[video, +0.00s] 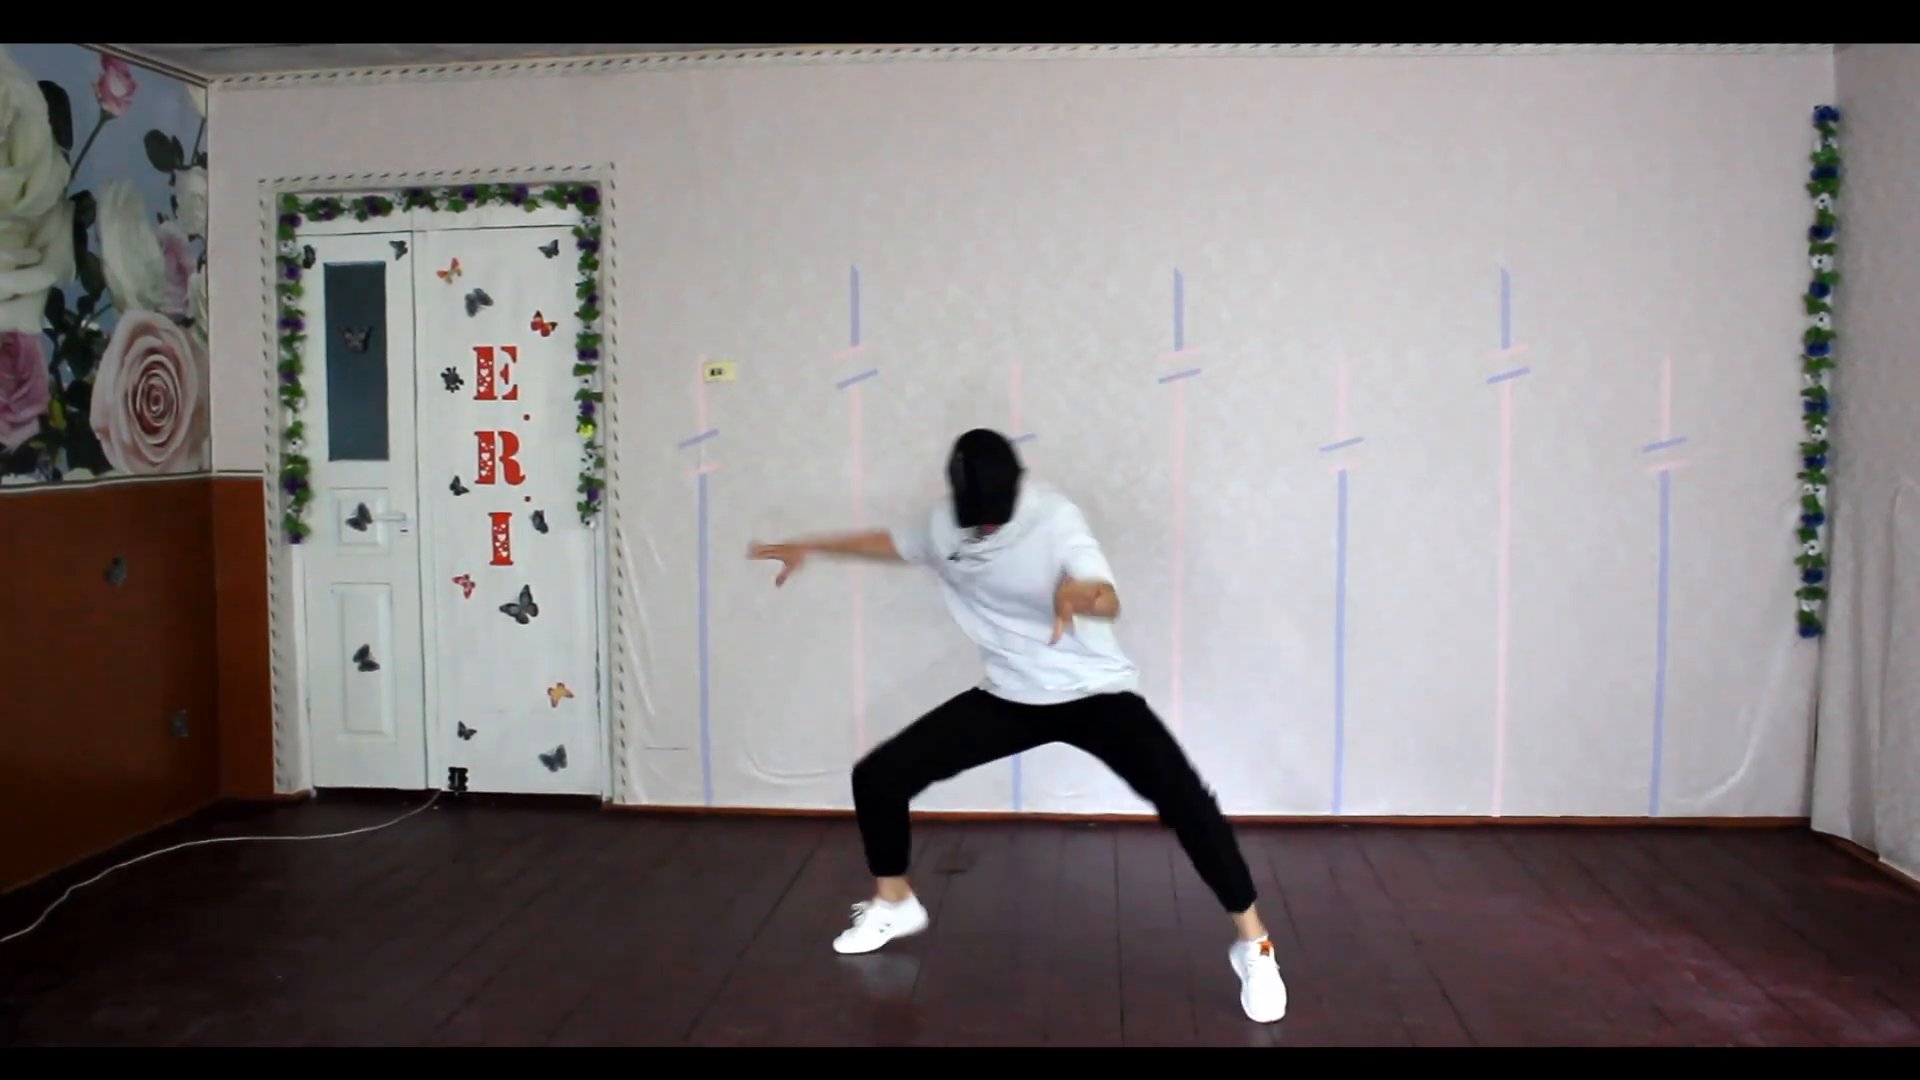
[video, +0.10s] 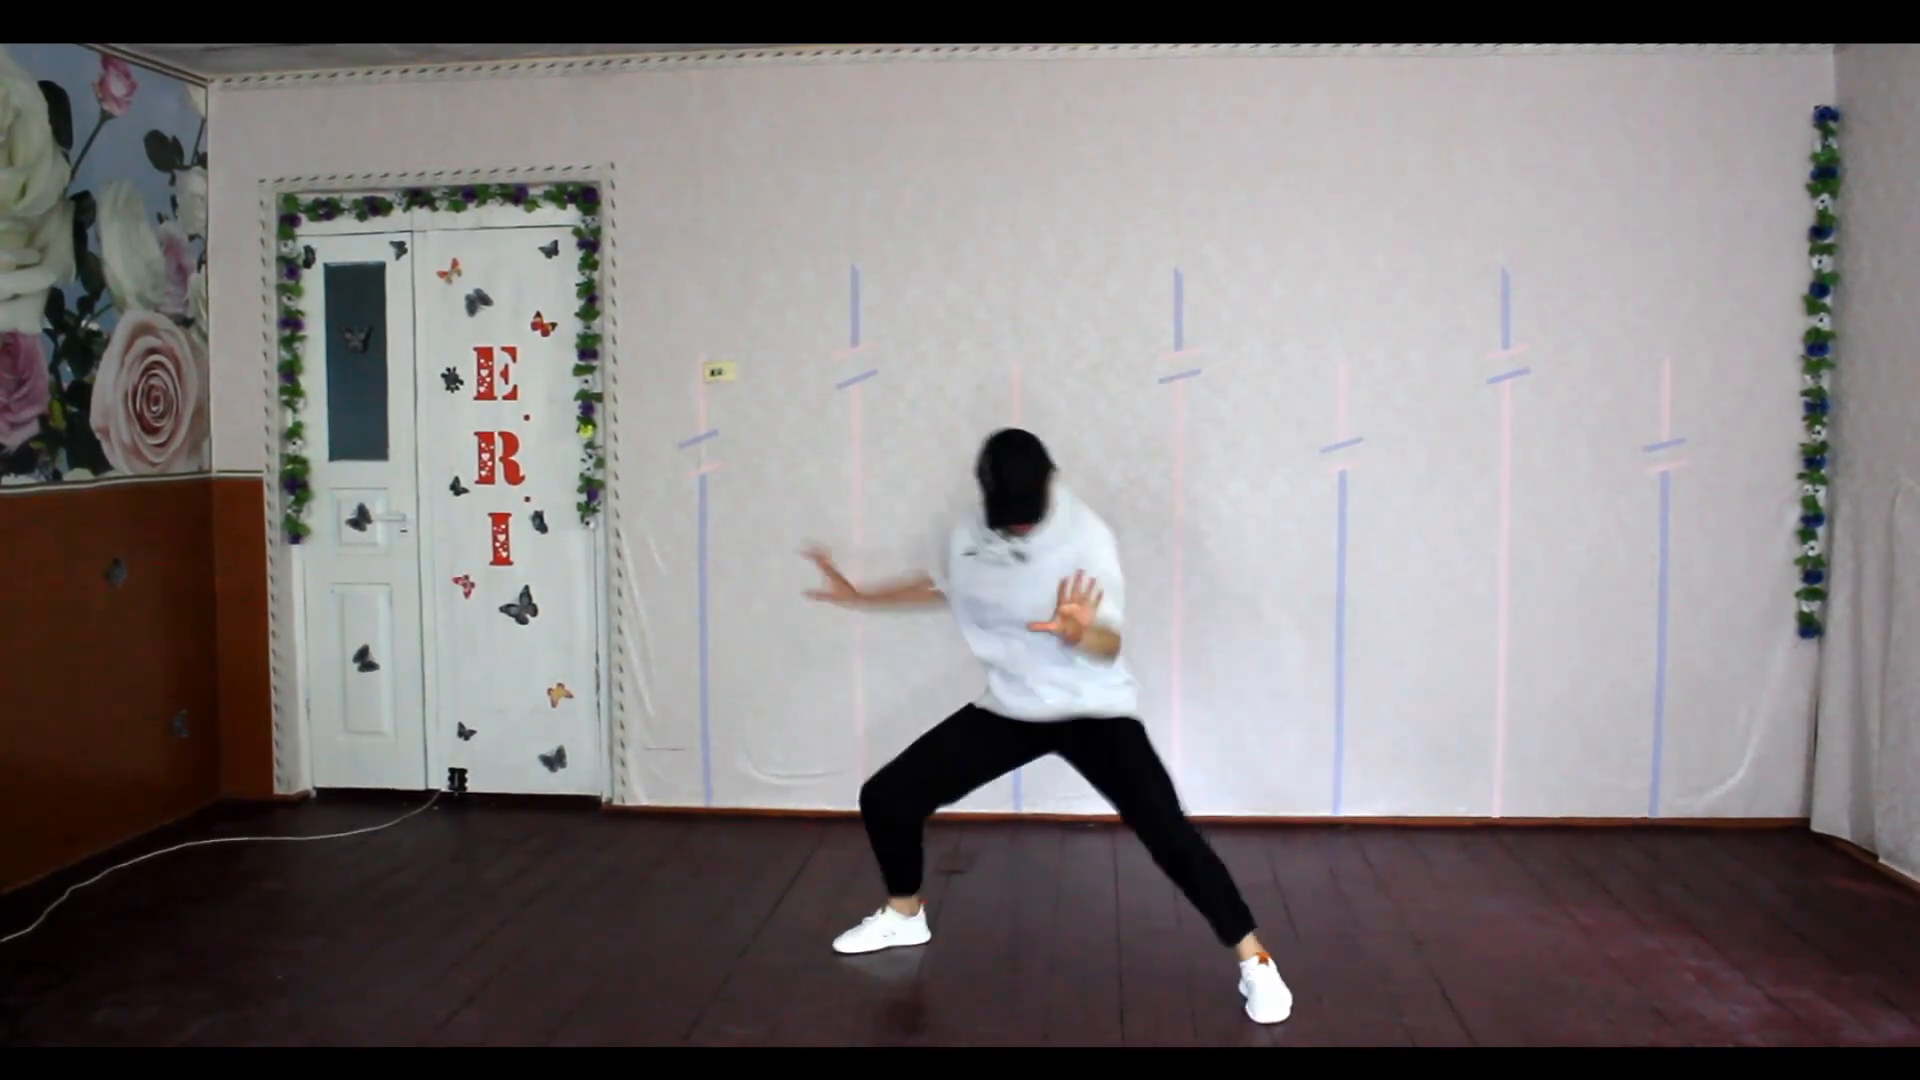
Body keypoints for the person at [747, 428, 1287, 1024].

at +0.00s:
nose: (982, 531)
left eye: (992, 521)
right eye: (971, 521)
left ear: (1014, 497)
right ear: (954, 501)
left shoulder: (1054, 520)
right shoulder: (940, 529)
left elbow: (1107, 598)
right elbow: (889, 546)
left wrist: (1071, 595)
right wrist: (807, 548)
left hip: (1097, 698)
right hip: (1007, 699)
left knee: (1187, 803)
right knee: (879, 779)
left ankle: (1255, 945)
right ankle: (894, 903)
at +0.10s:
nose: (1021, 534)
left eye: (1030, 523)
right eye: (1008, 525)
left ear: (1048, 494)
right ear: (986, 501)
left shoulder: (1087, 538)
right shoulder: (968, 540)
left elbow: (1111, 645)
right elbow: (946, 589)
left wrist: (1080, 632)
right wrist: (862, 595)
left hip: (1096, 715)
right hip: (1008, 711)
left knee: (1169, 836)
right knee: (887, 799)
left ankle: (1253, 958)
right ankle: (904, 914)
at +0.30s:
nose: (999, 525)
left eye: (1006, 513)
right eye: (986, 517)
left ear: (1025, 487)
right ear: (967, 503)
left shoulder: (1064, 524)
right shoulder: (959, 537)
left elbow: (1118, 617)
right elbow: (904, 577)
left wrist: (1097, 602)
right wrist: (817, 573)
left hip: (1098, 701)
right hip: (1012, 700)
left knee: (1175, 827)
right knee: (881, 777)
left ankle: (1255, 953)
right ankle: (888, 899)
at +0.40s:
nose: (971, 529)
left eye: (980, 515)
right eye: (959, 519)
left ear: (1002, 485)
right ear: (942, 502)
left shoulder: (1049, 508)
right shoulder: (943, 540)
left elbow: (1093, 571)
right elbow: (870, 586)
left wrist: (1085, 598)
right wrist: (832, 532)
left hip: (1108, 689)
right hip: (1017, 691)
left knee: (1196, 809)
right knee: (895, 784)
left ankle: (1264, 947)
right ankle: (891, 903)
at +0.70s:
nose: (1145, 505)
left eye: (1154, 493)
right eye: (1133, 495)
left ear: (1165, 474)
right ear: (1109, 474)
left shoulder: (1175, 517)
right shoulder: (1065, 497)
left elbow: (1166, 613)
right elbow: (1050, 589)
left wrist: (1090, 646)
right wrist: (1146, 618)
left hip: (1127, 704)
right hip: (1032, 699)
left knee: (1219, 818)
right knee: (920, 813)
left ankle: (1258, 953)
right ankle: (905, 916)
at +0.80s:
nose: (1159, 515)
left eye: (1169, 504)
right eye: (1147, 505)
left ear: (1183, 481)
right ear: (1123, 480)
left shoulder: (1193, 526)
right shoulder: (1080, 500)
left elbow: (1176, 622)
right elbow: (1064, 598)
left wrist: (1123, 631)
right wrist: (1162, 611)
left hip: (1135, 704)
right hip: (1039, 698)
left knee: (1225, 823)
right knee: (919, 816)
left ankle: (1258, 953)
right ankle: (905, 916)